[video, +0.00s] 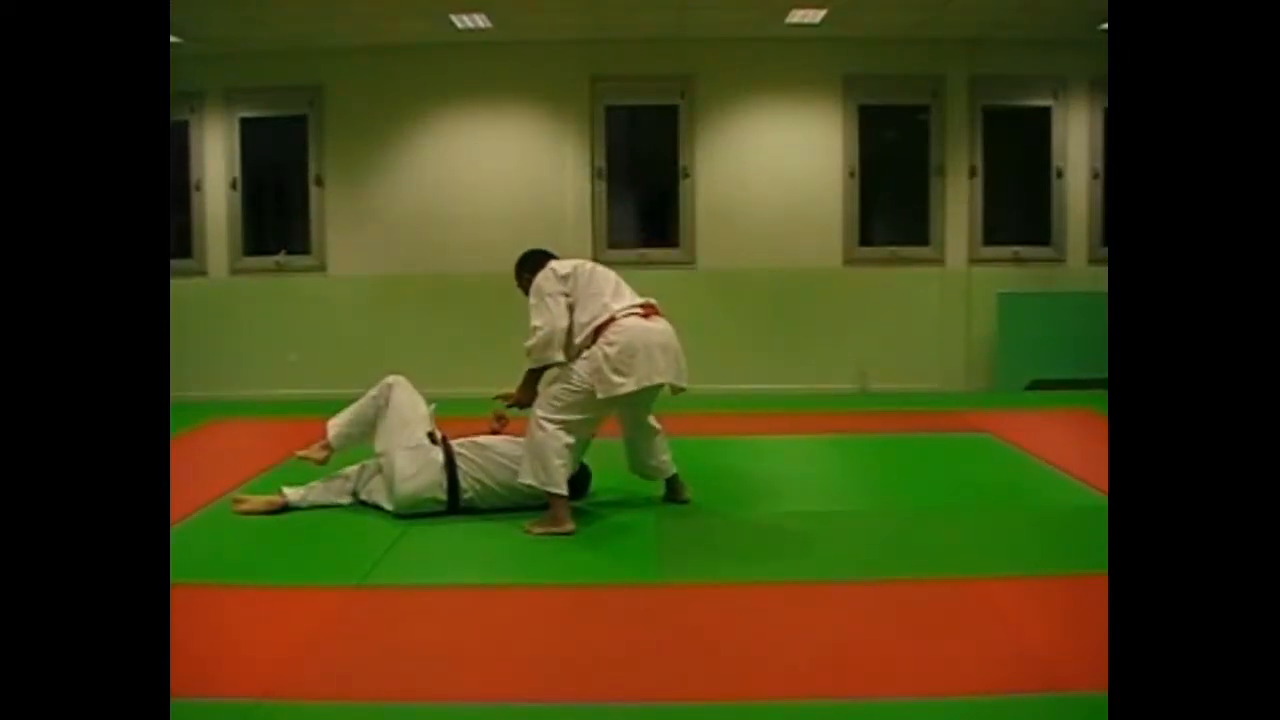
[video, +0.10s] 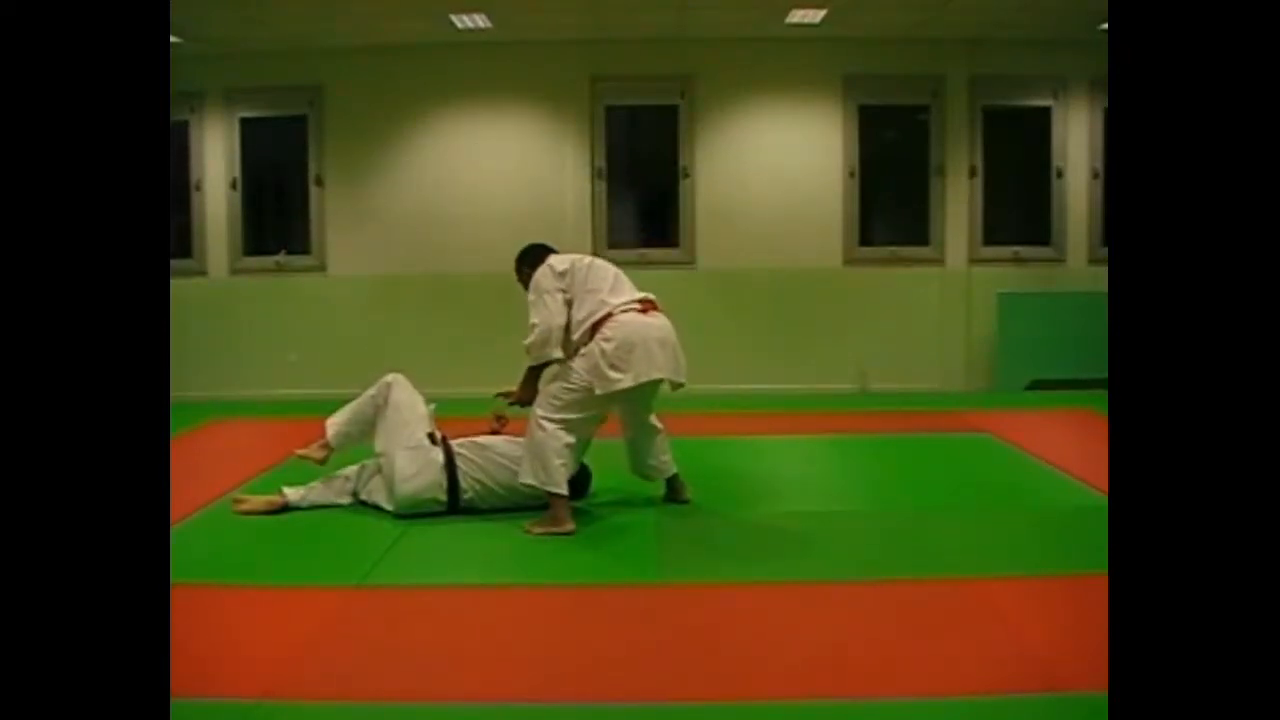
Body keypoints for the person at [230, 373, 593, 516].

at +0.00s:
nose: (544, 430)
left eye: (549, 433)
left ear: (562, 454)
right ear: (571, 491)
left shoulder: (538, 453)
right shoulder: (549, 487)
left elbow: (484, 450)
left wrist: (447, 443)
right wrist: (456, 454)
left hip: (423, 465)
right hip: (421, 501)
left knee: (396, 385)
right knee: (356, 480)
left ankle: (326, 443)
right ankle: (282, 500)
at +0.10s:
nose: (544, 430)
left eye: (549, 433)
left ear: (562, 455)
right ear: (571, 491)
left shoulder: (537, 454)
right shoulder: (550, 487)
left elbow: (483, 449)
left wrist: (447, 442)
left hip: (422, 465)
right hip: (422, 499)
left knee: (395, 383)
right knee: (355, 481)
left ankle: (326, 443)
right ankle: (282, 500)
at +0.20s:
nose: (540, 427)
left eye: (544, 430)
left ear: (563, 464)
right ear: (571, 489)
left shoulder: (538, 455)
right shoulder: (549, 484)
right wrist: (500, 439)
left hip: (424, 467)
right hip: (424, 500)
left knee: (394, 377)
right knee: (356, 480)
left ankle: (324, 437)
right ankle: (281, 500)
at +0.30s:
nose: (539, 429)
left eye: (543, 433)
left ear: (562, 465)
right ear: (570, 486)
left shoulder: (538, 457)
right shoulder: (543, 477)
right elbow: (502, 465)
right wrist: (496, 437)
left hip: (425, 467)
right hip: (423, 498)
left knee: (396, 372)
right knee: (354, 481)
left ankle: (326, 429)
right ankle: (282, 500)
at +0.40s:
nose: (541, 427)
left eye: (547, 431)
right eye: (544, 427)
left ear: (564, 457)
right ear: (570, 473)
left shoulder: (540, 461)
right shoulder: (528, 463)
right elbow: (484, 461)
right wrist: (491, 436)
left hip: (427, 474)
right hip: (418, 494)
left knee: (412, 367)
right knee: (357, 477)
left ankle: (335, 417)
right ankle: (284, 500)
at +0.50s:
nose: (542, 420)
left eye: (549, 422)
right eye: (544, 419)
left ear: (563, 445)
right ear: (566, 452)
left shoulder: (551, 463)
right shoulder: (524, 454)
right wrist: (490, 435)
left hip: (430, 479)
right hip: (415, 486)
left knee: (427, 371)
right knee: (360, 472)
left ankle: (344, 408)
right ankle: (284, 499)